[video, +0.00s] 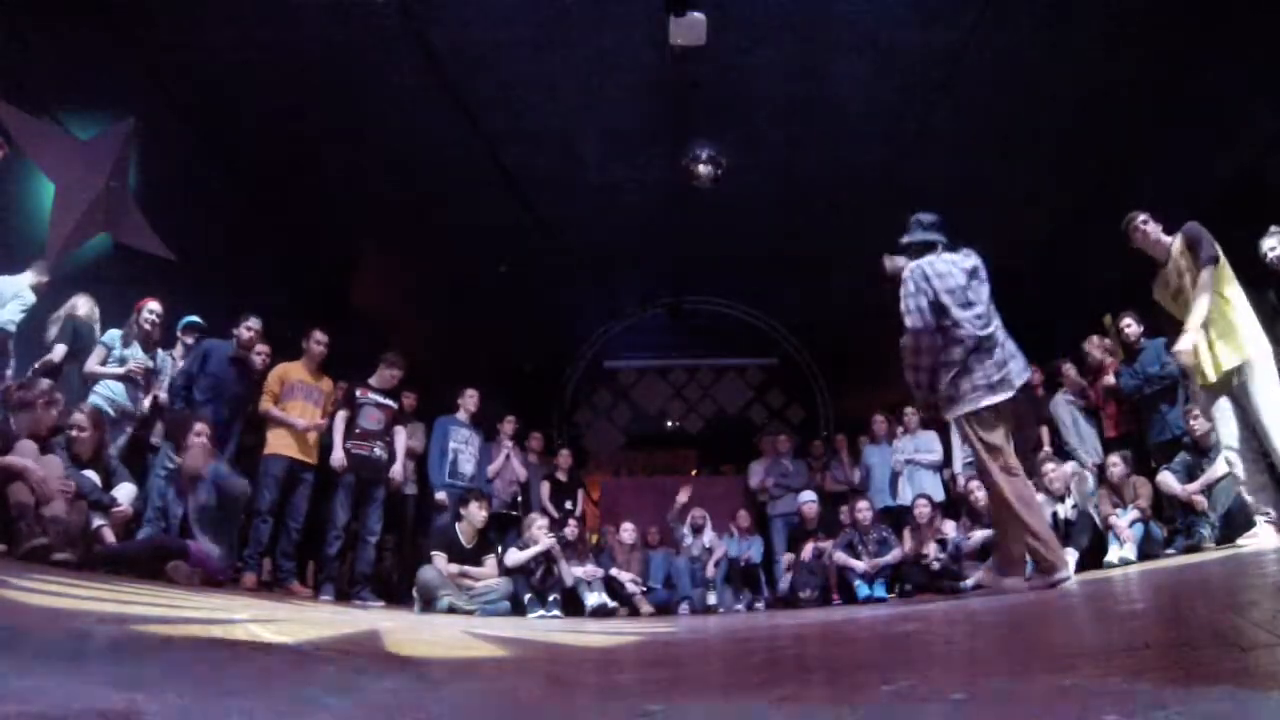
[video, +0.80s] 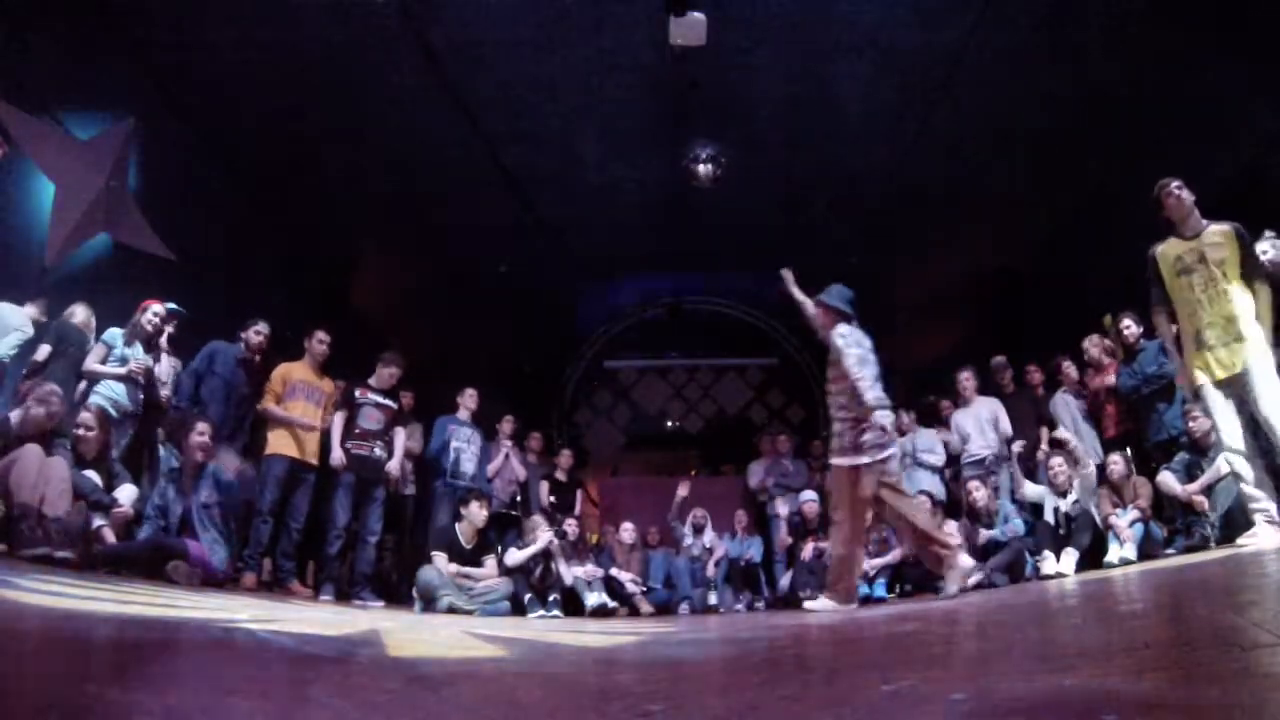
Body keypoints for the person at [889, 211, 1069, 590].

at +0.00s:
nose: (908, 254)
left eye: (910, 249)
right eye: (907, 249)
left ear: (916, 248)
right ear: (942, 242)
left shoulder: (915, 275)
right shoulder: (970, 260)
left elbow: (920, 334)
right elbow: (945, 271)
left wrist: (921, 388)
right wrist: (907, 267)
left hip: (967, 385)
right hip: (1004, 373)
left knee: (1005, 473)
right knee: (1001, 472)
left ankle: (1053, 559)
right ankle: (1008, 564)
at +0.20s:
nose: (897, 275)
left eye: (899, 271)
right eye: (898, 270)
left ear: (904, 271)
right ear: (927, 267)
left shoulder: (903, 295)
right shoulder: (952, 285)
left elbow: (904, 352)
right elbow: (924, 275)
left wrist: (895, 399)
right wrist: (898, 258)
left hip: (947, 401)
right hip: (978, 393)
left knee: (966, 483)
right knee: (976, 482)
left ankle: (1034, 543)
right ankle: (971, 576)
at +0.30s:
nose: (892, 283)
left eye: (893, 280)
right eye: (892, 280)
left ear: (898, 280)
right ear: (920, 276)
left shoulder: (898, 301)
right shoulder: (943, 296)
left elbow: (894, 357)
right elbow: (911, 294)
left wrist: (882, 413)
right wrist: (873, 279)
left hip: (927, 405)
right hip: (963, 400)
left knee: (928, 487)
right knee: (958, 485)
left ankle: (986, 531)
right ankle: (971, 575)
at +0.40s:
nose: (878, 297)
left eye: (880, 292)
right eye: (878, 293)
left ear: (891, 291)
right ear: (911, 289)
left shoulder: (894, 313)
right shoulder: (934, 308)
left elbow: (886, 367)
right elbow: (887, 310)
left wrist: (878, 414)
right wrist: (845, 312)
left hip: (915, 424)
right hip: (949, 422)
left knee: (906, 497)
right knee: (947, 498)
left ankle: (961, 543)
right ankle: (974, 576)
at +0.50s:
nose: (867, 306)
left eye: (869, 300)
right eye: (867, 301)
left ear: (880, 298)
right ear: (899, 297)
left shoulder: (887, 321)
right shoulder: (920, 319)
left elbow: (880, 370)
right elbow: (868, 323)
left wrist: (875, 422)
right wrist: (828, 329)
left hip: (904, 433)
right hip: (935, 432)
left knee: (878, 500)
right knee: (936, 503)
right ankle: (971, 577)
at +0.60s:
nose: (852, 308)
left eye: (855, 301)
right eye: (851, 302)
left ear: (869, 301)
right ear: (883, 302)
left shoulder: (876, 324)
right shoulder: (900, 324)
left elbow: (879, 369)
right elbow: (851, 320)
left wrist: (879, 416)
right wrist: (811, 312)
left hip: (891, 432)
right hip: (918, 431)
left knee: (871, 509)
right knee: (933, 507)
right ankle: (970, 575)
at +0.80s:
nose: (816, 315)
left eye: (820, 310)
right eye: (818, 310)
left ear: (832, 313)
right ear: (841, 313)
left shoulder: (842, 336)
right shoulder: (851, 335)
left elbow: (861, 372)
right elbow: (817, 319)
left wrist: (878, 408)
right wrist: (796, 291)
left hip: (851, 440)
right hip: (872, 436)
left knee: (845, 519)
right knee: (898, 502)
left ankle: (841, 593)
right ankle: (954, 558)